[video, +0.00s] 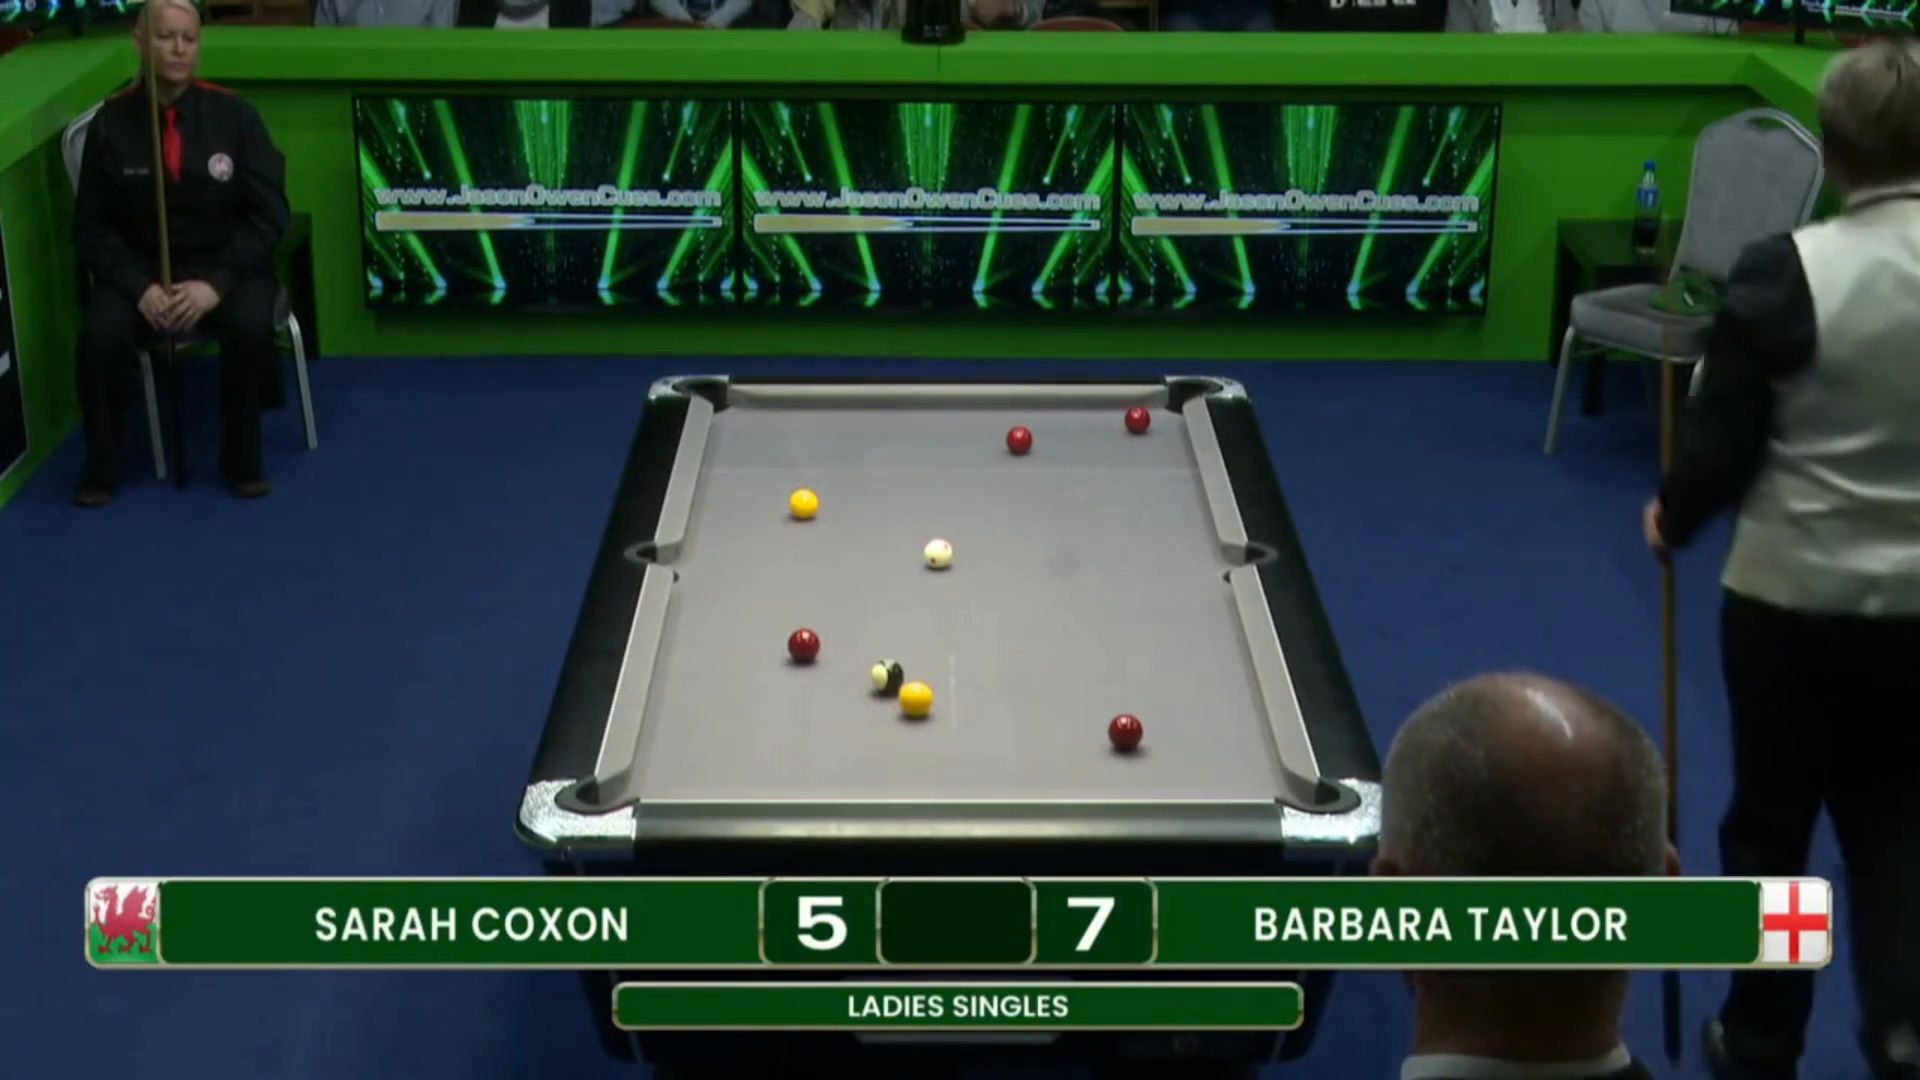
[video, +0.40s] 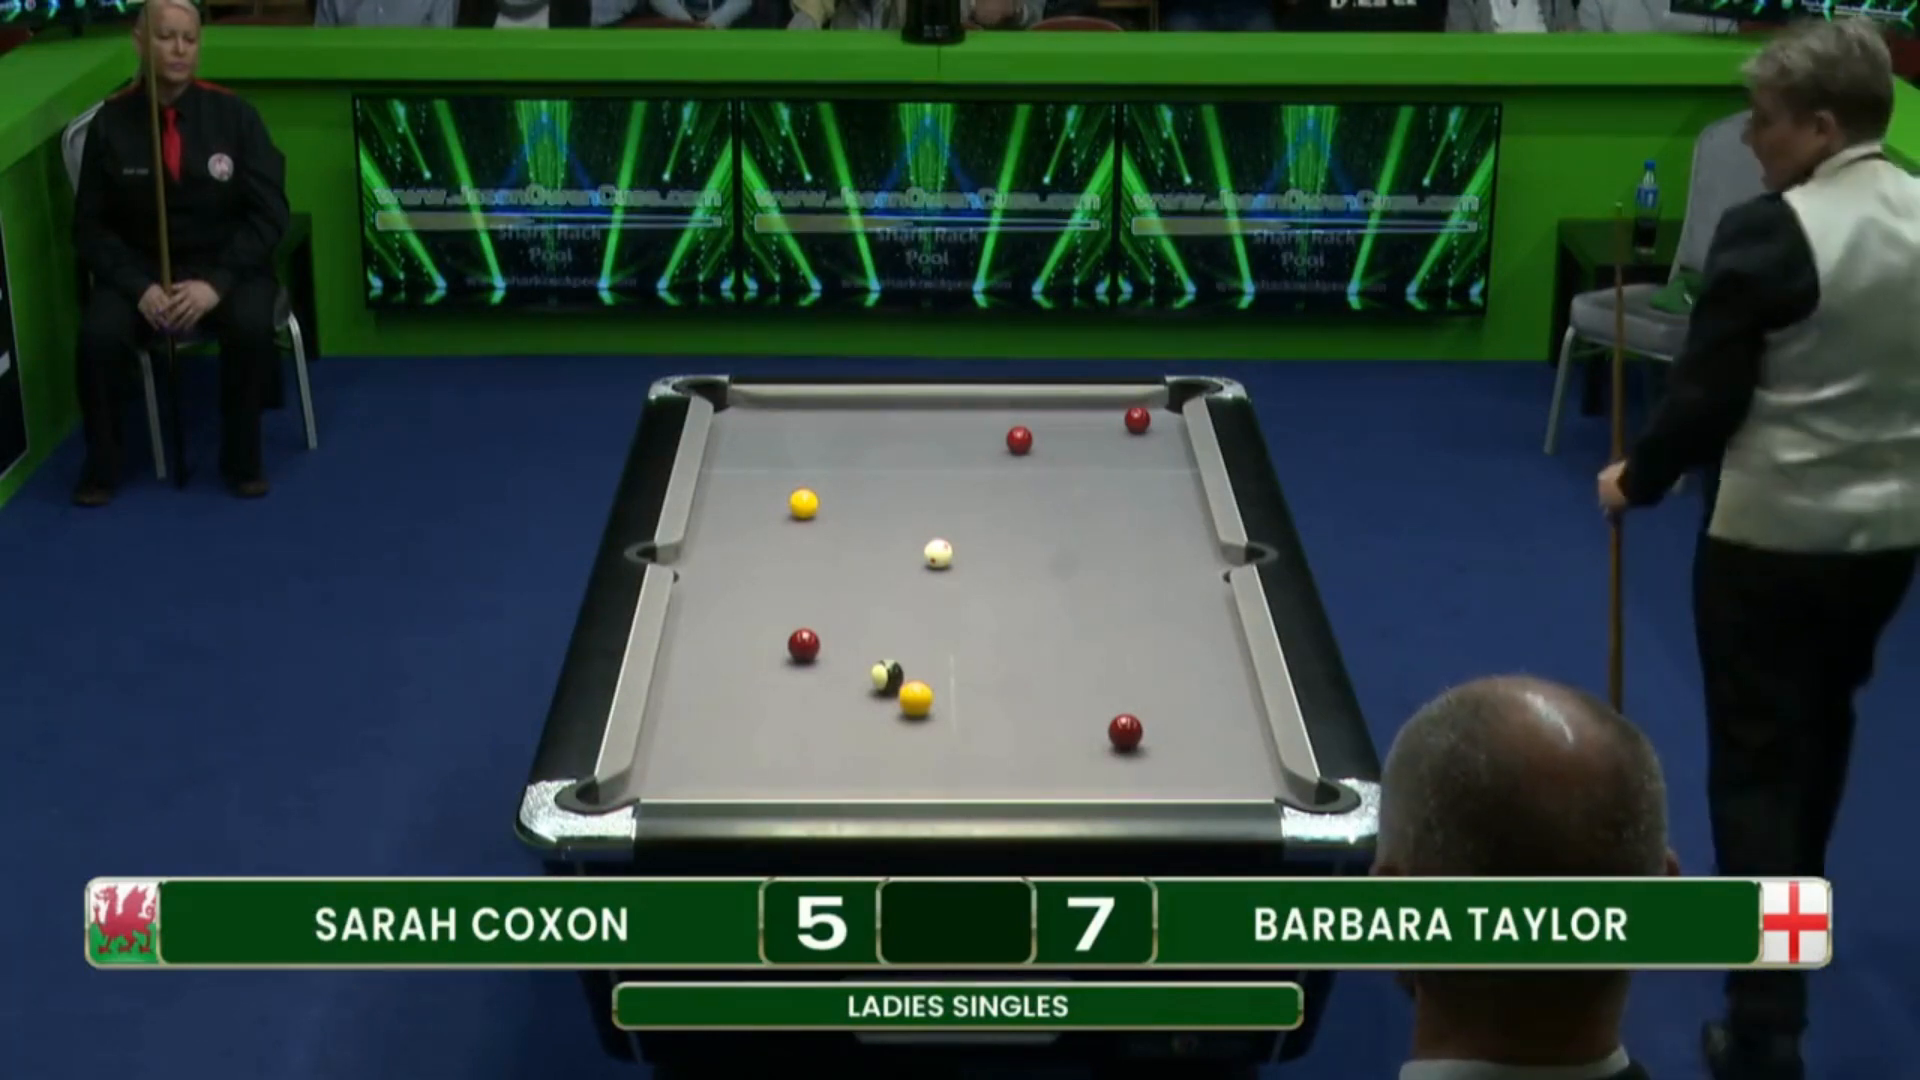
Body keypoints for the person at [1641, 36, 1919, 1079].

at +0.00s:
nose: (1821, 149)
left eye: (1825, 135)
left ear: (1836, 149)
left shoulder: (1792, 269)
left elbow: (1725, 440)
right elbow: (1729, 436)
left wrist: (1674, 513)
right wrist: (1682, 504)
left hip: (1790, 602)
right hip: (1911, 605)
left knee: (1768, 824)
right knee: (1897, 831)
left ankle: (1762, 1037)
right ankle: (1903, 1036)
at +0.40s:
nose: (1752, 135)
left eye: (1763, 117)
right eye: (1753, 115)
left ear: (1821, 123)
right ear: (1858, 120)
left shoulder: (1774, 227)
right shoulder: (1915, 204)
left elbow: (1707, 394)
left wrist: (1637, 473)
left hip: (1776, 540)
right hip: (1889, 537)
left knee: (1754, 757)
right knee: (1822, 722)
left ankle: (1766, 1023)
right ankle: (1794, 930)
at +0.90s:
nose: (1708, 87)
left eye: (1726, 73)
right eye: (1708, 68)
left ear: (1791, 75)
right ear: (1802, 79)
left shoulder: (1751, 185)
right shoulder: (1864, 156)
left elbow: (1728, 350)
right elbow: (1902, 281)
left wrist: (1641, 463)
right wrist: (1837, 338)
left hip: (1732, 467)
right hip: (1832, 459)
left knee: (1672, 658)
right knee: (1784, 664)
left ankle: (1663, 851)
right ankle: (1782, 873)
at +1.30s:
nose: (1664, 67)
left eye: (1682, 53)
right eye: (1662, 48)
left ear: (1744, 55)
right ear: (1746, 55)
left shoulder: (1722, 163)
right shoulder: (1789, 116)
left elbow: (1695, 321)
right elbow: (1819, 264)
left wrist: (1618, 434)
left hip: (1711, 431)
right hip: (1769, 417)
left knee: (1653, 615)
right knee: (1693, 590)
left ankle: (1668, 829)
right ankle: (1727, 779)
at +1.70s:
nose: (1649, 54)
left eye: (1668, 37)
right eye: (1644, 35)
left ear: (1725, 35)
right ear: (1646, 30)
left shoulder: (1774, 131)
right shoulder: (1692, 114)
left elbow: (1779, 283)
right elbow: (1693, 258)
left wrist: (1711, 397)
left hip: (1767, 399)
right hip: (1707, 388)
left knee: (1704, 601)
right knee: (1690, 592)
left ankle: (1683, 815)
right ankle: (1704, 767)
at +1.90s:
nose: (1651, 54)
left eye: (1669, 38)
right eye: (1644, 36)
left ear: (1727, 36)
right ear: (1642, 31)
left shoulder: (1795, 126)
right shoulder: (1671, 118)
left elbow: (1813, 277)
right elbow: (1668, 252)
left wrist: (1769, 397)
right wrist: (1646, 333)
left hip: (1780, 409)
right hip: (1696, 395)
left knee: (1746, 611)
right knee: (1696, 587)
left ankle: (1740, 830)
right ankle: (1705, 757)